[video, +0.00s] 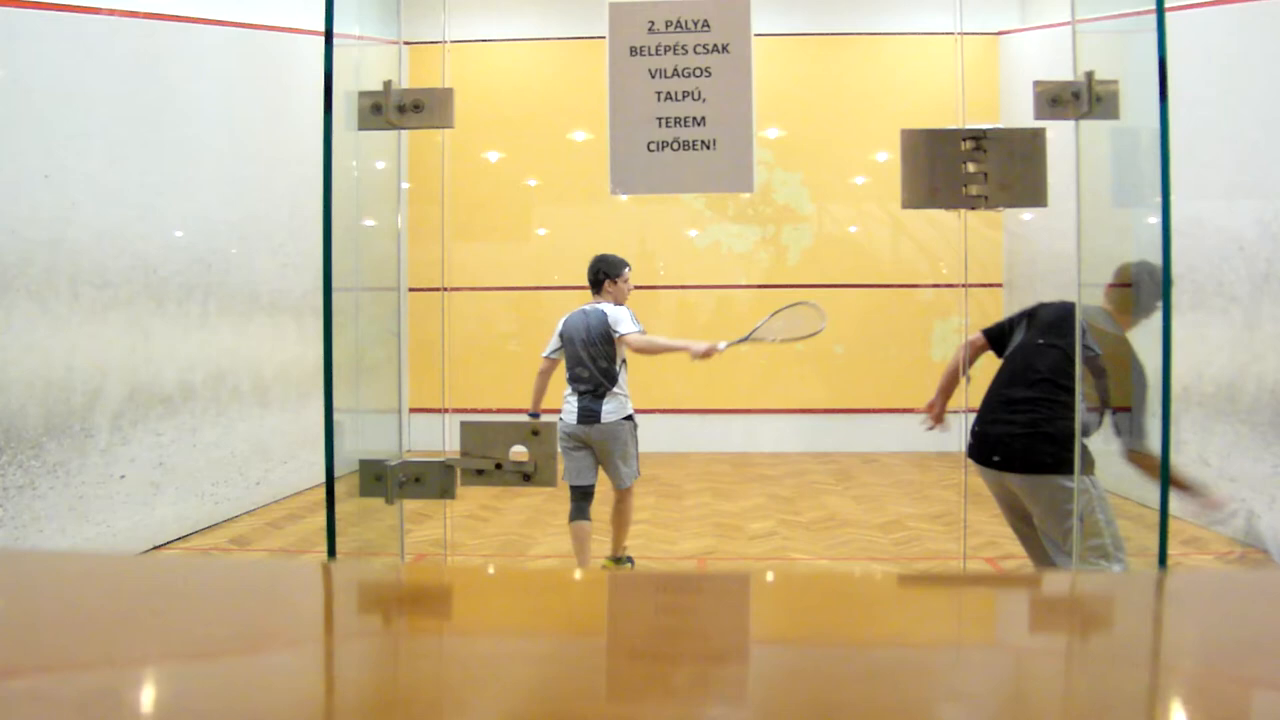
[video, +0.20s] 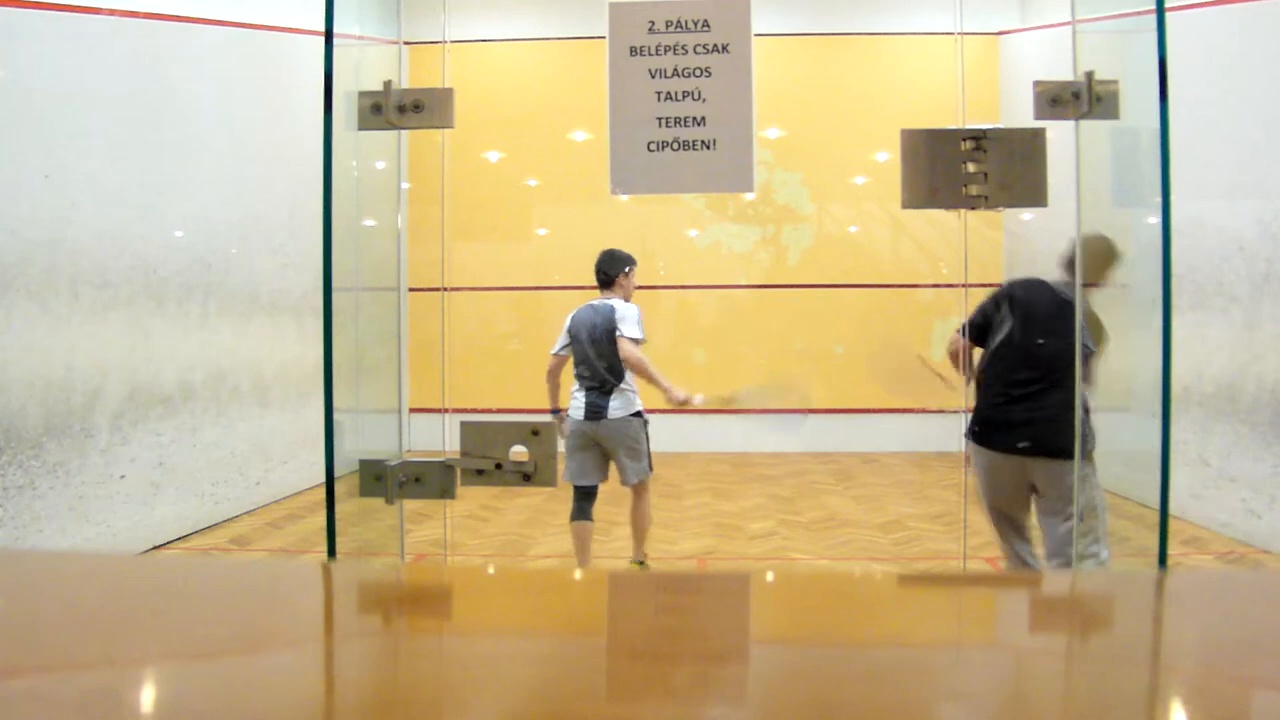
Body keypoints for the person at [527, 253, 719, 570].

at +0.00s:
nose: (630, 288)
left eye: (630, 281)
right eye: (627, 281)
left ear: (601, 285)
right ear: (609, 284)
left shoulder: (568, 320)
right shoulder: (617, 313)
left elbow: (545, 369)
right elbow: (636, 343)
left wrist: (534, 412)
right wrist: (690, 347)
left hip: (572, 421)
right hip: (612, 420)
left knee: (580, 496)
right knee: (623, 488)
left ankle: (582, 570)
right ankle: (617, 555)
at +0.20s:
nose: (634, 283)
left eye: (633, 277)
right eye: (632, 276)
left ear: (602, 279)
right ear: (622, 277)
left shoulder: (576, 315)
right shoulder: (625, 310)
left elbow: (553, 369)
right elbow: (628, 353)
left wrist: (556, 411)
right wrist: (668, 389)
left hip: (580, 417)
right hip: (621, 416)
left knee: (582, 495)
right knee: (640, 487)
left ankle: (582, 570)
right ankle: (639, 558)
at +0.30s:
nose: (635, 282)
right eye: (635, 278)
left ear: (604, 281)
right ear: (633, 280)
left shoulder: (583, 317)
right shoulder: (642, 312)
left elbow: (561, 370)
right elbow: (642, 355)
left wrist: (569, 409)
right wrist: (665, 405)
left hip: (591, 416)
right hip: (634, 416)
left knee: (583, 492)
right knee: (652, 489)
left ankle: (578, 567)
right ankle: (666, 559)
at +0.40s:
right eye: (640, 291)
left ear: (611, 296)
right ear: (641, 295)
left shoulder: (594, 331)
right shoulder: (656, 327)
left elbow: (571, 386)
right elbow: (672, 372)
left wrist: (586, 418)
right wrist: (679, 419)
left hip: (603, 425)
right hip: (648, 424)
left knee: (576, 493)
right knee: (668, 503)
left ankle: (579, 569)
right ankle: (693, 567)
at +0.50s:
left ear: (615, 315)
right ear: (645, 314)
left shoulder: (598, 350)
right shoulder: (664, 349)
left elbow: (582, 409)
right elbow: (691, 400)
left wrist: (591, 441)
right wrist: (694, 444)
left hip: (606, 442)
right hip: (651, 441)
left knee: (575, 501)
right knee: (668, 507)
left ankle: (584, 570)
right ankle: (692, 569)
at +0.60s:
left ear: (603, 320)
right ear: (633, 319)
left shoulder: (586, 357)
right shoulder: (653, 356)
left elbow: (573, 414)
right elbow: (684, 406)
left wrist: (567, 457)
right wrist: (678, 446)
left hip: (604, 453)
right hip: (648, 450)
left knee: (566, 503)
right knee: (663, 510)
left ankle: (585, 574)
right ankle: (692, 567)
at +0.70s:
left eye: (581, 308)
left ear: (575, 312)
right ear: (603, 312)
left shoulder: (561, 347)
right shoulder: (627, 349)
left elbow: (554, 399)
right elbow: (658, 403)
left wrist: (547, 421)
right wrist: (643, 435)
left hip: (589, 451)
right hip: (632, 446)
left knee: (557, 506)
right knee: (652, 510)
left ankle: (582, 574)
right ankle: (690, 566)